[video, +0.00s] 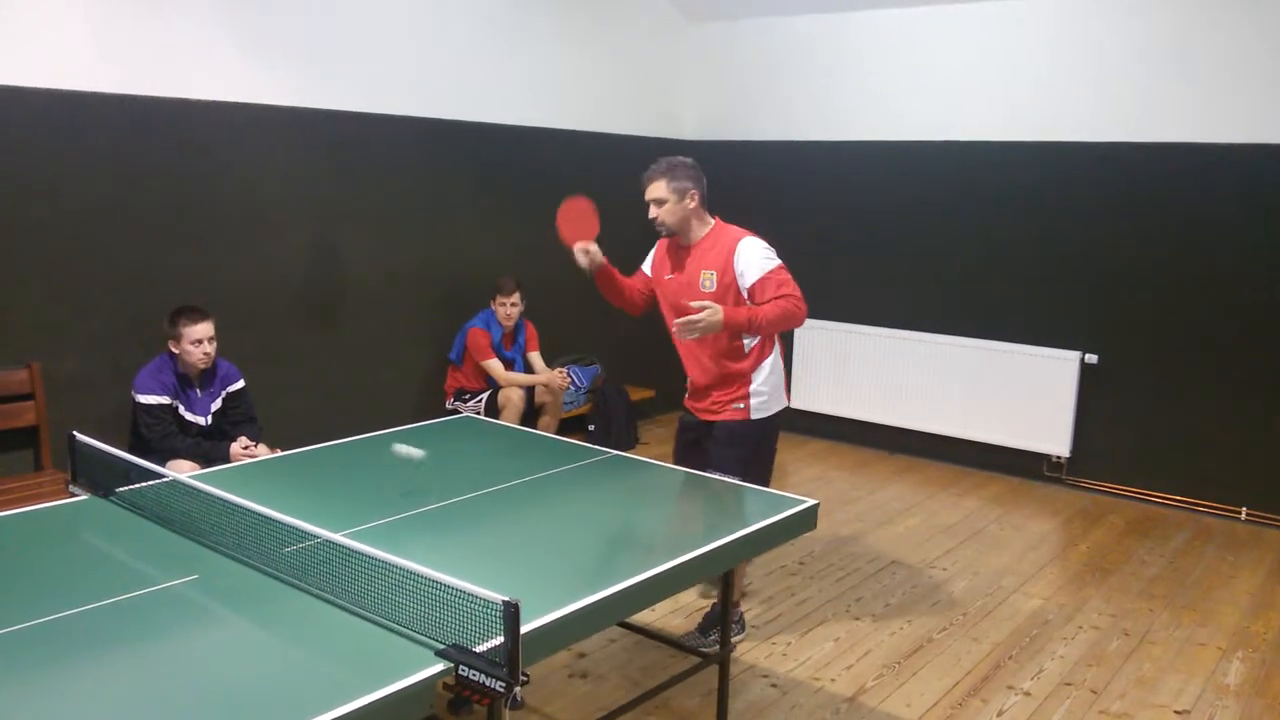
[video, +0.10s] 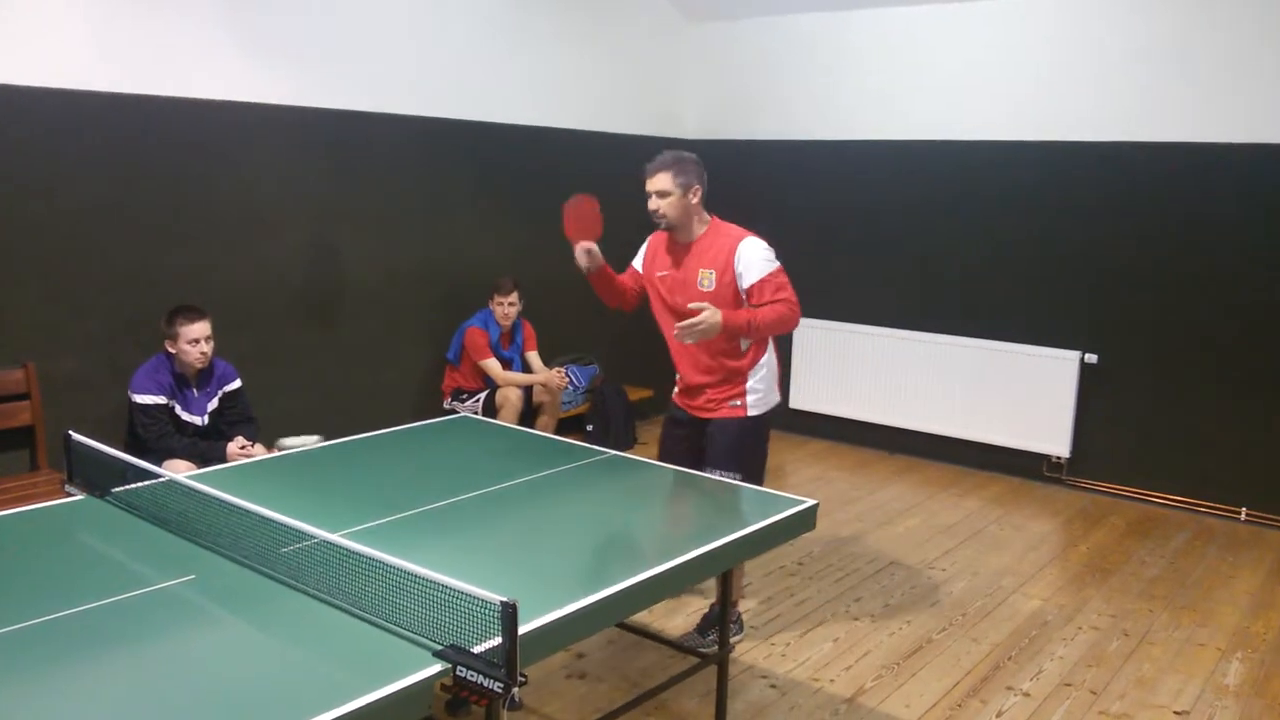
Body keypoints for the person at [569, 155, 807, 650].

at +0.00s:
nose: (651, 214)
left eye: (658, 203)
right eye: (649, 204)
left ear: (692, 199)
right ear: (677, 203)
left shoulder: (743, 248)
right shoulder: (663, 253)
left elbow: (793, 307)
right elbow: (634, 299)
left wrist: (728, 318)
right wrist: (601, 269)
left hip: (748, 408)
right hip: (698, 404)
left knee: (734, 513)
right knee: (692, 505)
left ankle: (731, 610)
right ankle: (725, 596)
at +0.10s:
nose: (652, 206)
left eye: (661, 196)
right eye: (648, 196)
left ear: (694, 194)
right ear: (651, 198)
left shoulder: (742, 248)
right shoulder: (655, 248)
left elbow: (787, 312)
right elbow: (627, 297)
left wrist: (727, 320)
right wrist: (597, 271)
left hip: (740, 404)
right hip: (687, 398)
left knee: (728, 508)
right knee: (676, 497)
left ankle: (729, 610)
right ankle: (726, 595)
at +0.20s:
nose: (655, 202)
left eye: (665, 193)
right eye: (651, 193)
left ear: (697, 194)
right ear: (649, 196)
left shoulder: (743, 249)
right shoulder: (652, 245)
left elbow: (776, 317)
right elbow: (631, 308)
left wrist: (717, 324)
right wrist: (609, 297)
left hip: (735, 401)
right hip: (681, 394)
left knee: (729, 504)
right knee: (668, 492)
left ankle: (731, 607)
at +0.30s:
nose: (649, 204)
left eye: (660, 195)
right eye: (645, 194)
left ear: (692, 196)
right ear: (644, 197)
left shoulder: (735, 252)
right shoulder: (642, 251)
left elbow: (761, 322)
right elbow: (635, 321)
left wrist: (704, 327)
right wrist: (630, 331)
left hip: (725, 403)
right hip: (672, 396)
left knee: (726, 504)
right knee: (648, 491)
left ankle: (728, 606)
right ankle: (624, 585)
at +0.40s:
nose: (643, 210)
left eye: (654, 201)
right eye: (639, 200)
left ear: (685, 202)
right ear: (637, 202)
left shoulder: (730, 253)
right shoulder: (635, 259)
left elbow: (752, 323)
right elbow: (633, 319)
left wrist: (702, 331)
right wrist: (647, 345)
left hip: (724, 401)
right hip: (667, 398)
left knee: (728, 502)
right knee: (641, 490)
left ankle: (732, 605)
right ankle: (627, 583)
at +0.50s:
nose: (642, 216)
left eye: (652, 206)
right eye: (637, 206)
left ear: (682, 207)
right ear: (634, 209)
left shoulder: (729, 256)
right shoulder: (634, 263)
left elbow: (753, 324)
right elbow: (631, 324)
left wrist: (703, 335)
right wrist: (654, 351)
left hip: (730, 401)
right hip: (671, 400)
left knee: (741, 499)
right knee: (641, 490)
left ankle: (752, 604)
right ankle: (630, 580)